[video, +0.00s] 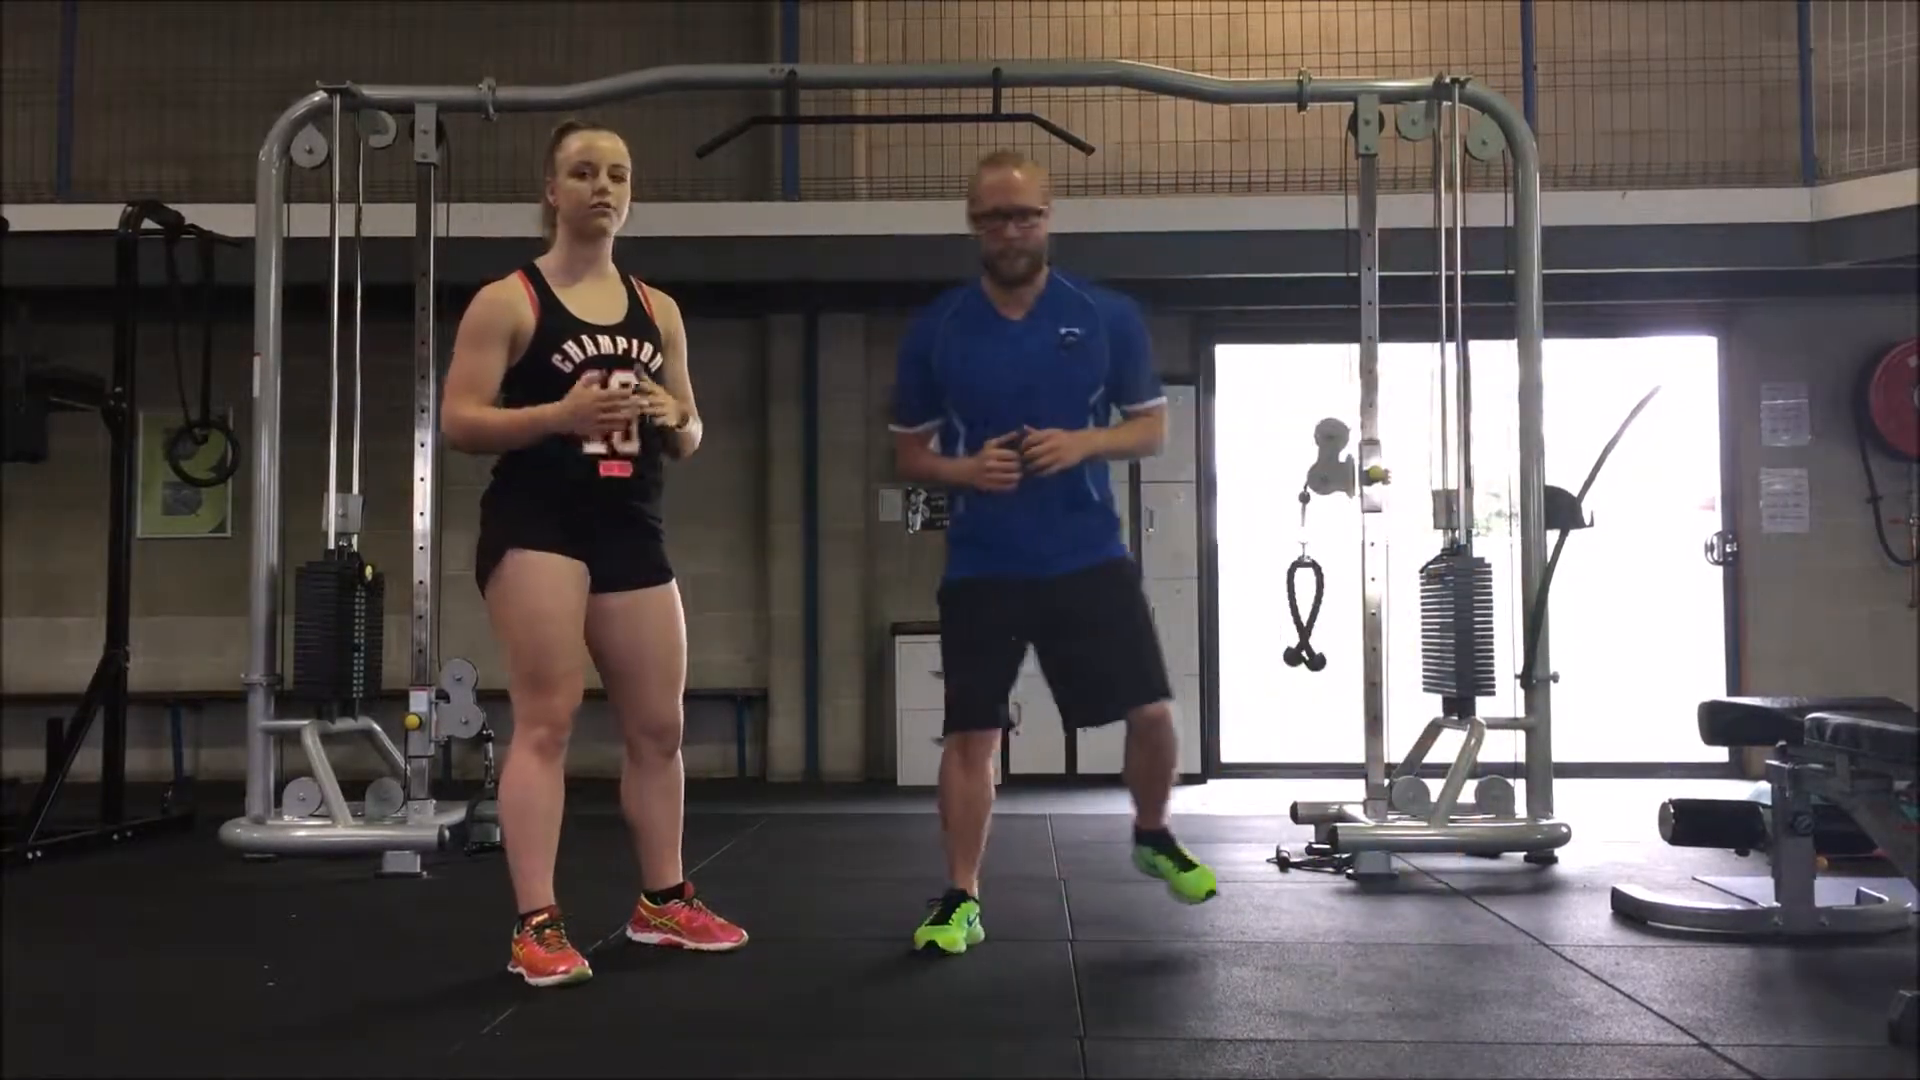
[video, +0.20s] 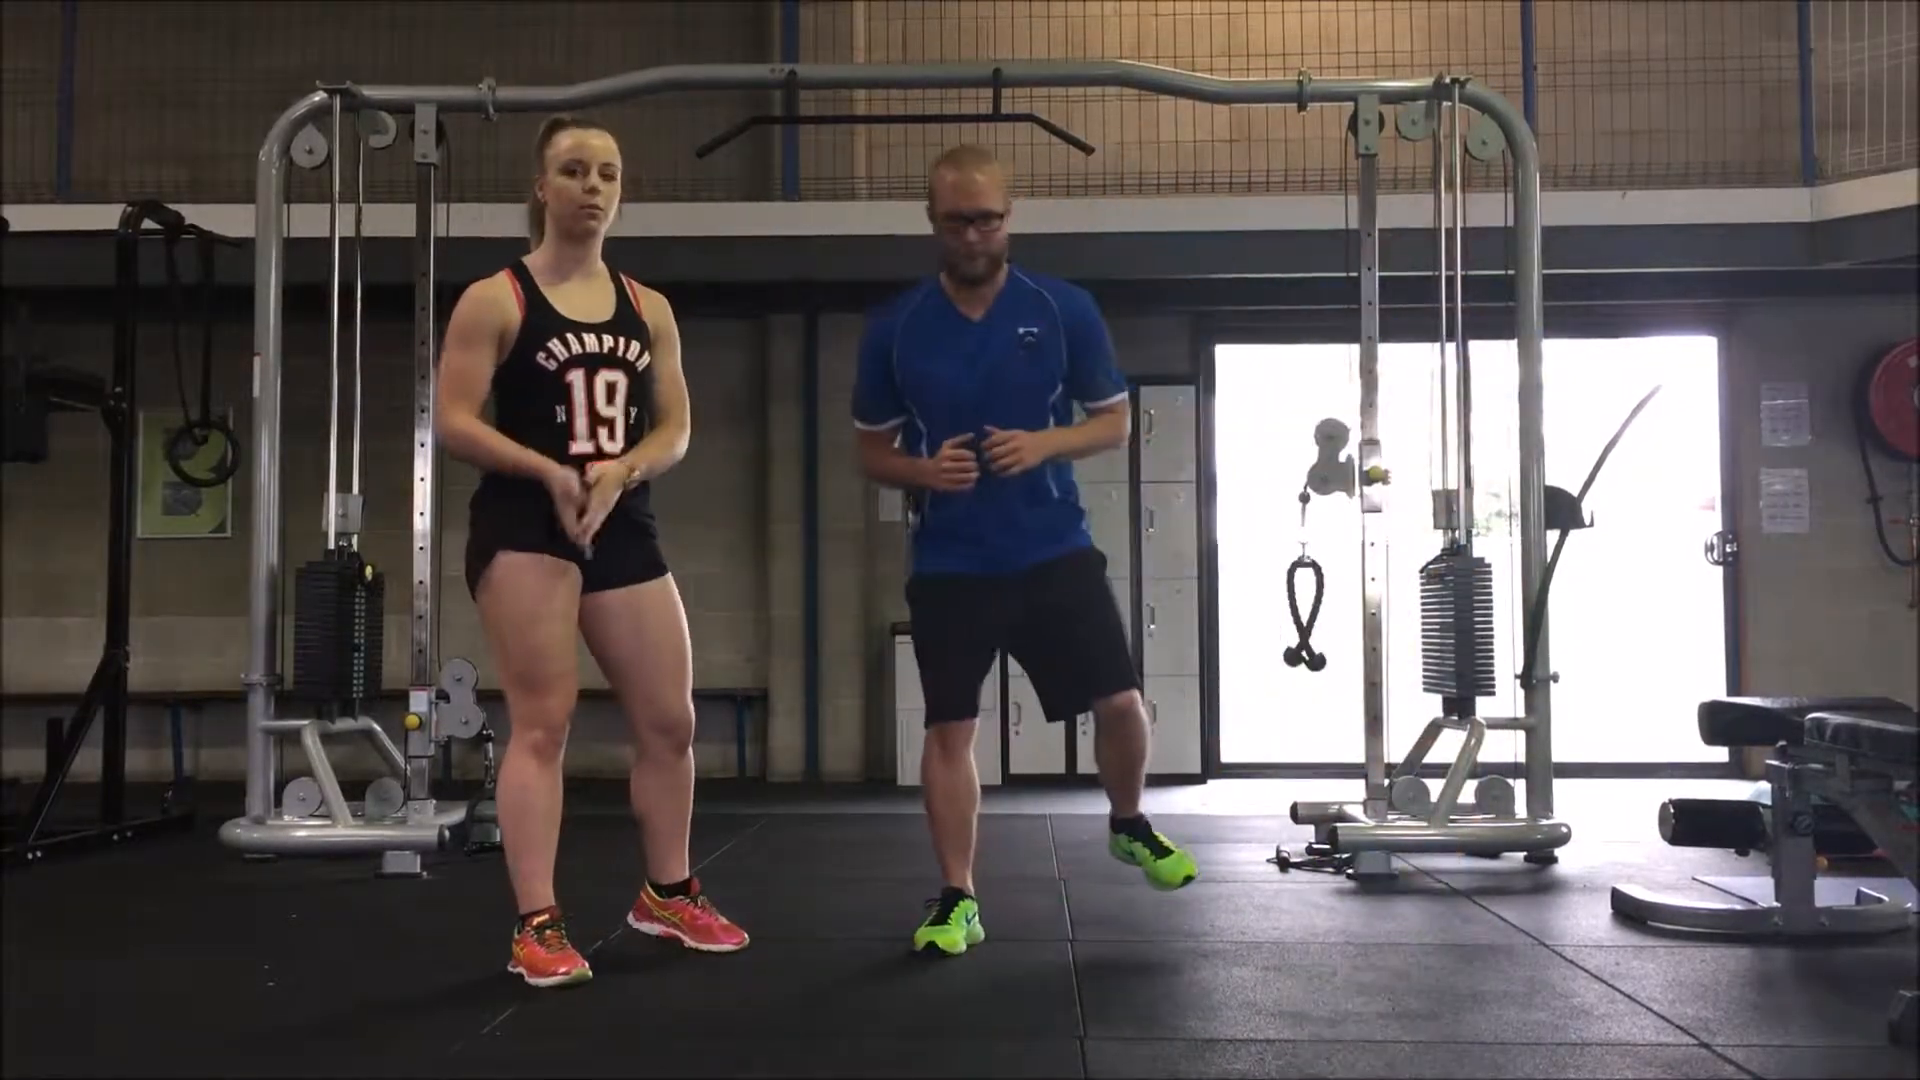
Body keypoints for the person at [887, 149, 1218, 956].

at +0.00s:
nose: (1011, 231)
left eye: (1025, 216)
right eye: (994, 218)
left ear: (1050, 219)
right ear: (972, 225)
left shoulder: (1108, 318)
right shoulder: (936, 332)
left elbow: (1151, 429)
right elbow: (908, 455)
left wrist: (1083, 443)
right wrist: (965, 468)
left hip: (1088, 560)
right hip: (984, 568)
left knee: (1152, 713)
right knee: (971, 733)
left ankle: (1152, 835)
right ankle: (960, 897)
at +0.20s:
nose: (970, 236)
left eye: (985, 220)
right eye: (954, 221)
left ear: (1012, 217)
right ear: (931, 220)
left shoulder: (1064, 310)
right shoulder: (895, 328)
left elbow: (1114, 423)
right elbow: (871, 452)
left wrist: (1042, 443)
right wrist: (926, 471)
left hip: (1054, 553)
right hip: (950, 563)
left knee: (1124, 706)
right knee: (949, 729)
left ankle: (1128, 822)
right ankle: (957, 898)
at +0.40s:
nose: (954, 265)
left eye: (968, 247)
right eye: (937, 250)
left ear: (989, 230)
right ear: (909, 236)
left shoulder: (1046, 311)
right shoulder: (875, 334)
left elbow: (1095, 417)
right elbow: (859, 459)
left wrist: (1032, 452)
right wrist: (903, 476)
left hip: (1049, 552)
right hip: (942, 564)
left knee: (1123, 700)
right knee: (937, 730)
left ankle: (1140, 820)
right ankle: (954, 898)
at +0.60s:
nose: (957, 275)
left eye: (970, 257)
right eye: (939, 261)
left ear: (989, 237)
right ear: (907, 244)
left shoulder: (1048, 315)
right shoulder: (882, 345)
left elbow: (1105, 417)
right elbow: (869, 472)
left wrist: (1043, 460)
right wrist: (901, 492)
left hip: (1061, 557)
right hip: (952, 568)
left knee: (1127, 712)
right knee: (941, 730)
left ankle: (1133, 839)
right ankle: (954, 896)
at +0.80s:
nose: (1004, 305)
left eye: (1017, 287)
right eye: (986, 290)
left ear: (1034, 272)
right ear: (951, 278)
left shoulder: (1087, 348)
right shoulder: (919, 382)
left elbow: (1141, 452)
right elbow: (900, 506)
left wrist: (1077, 501)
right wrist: (938, 536)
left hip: (1092, 584)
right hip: (984, 591)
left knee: (1148, 733)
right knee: (962, 744)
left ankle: (1133, 873)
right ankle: (959, 900)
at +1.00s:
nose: (1128, 263)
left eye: (1141, 247)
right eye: (1112, 246)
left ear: (1155, 238)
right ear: (1077, 234)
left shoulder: (1188, 320)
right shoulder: (1024, 341)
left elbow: (1229, 429)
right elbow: (987, 456)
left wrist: (1178, 442)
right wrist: (1058, 469)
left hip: (1174, 563)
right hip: (1064, 572)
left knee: (1262, 694)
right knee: (1010, 729)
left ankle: (1307, 861)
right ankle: (964, 897)